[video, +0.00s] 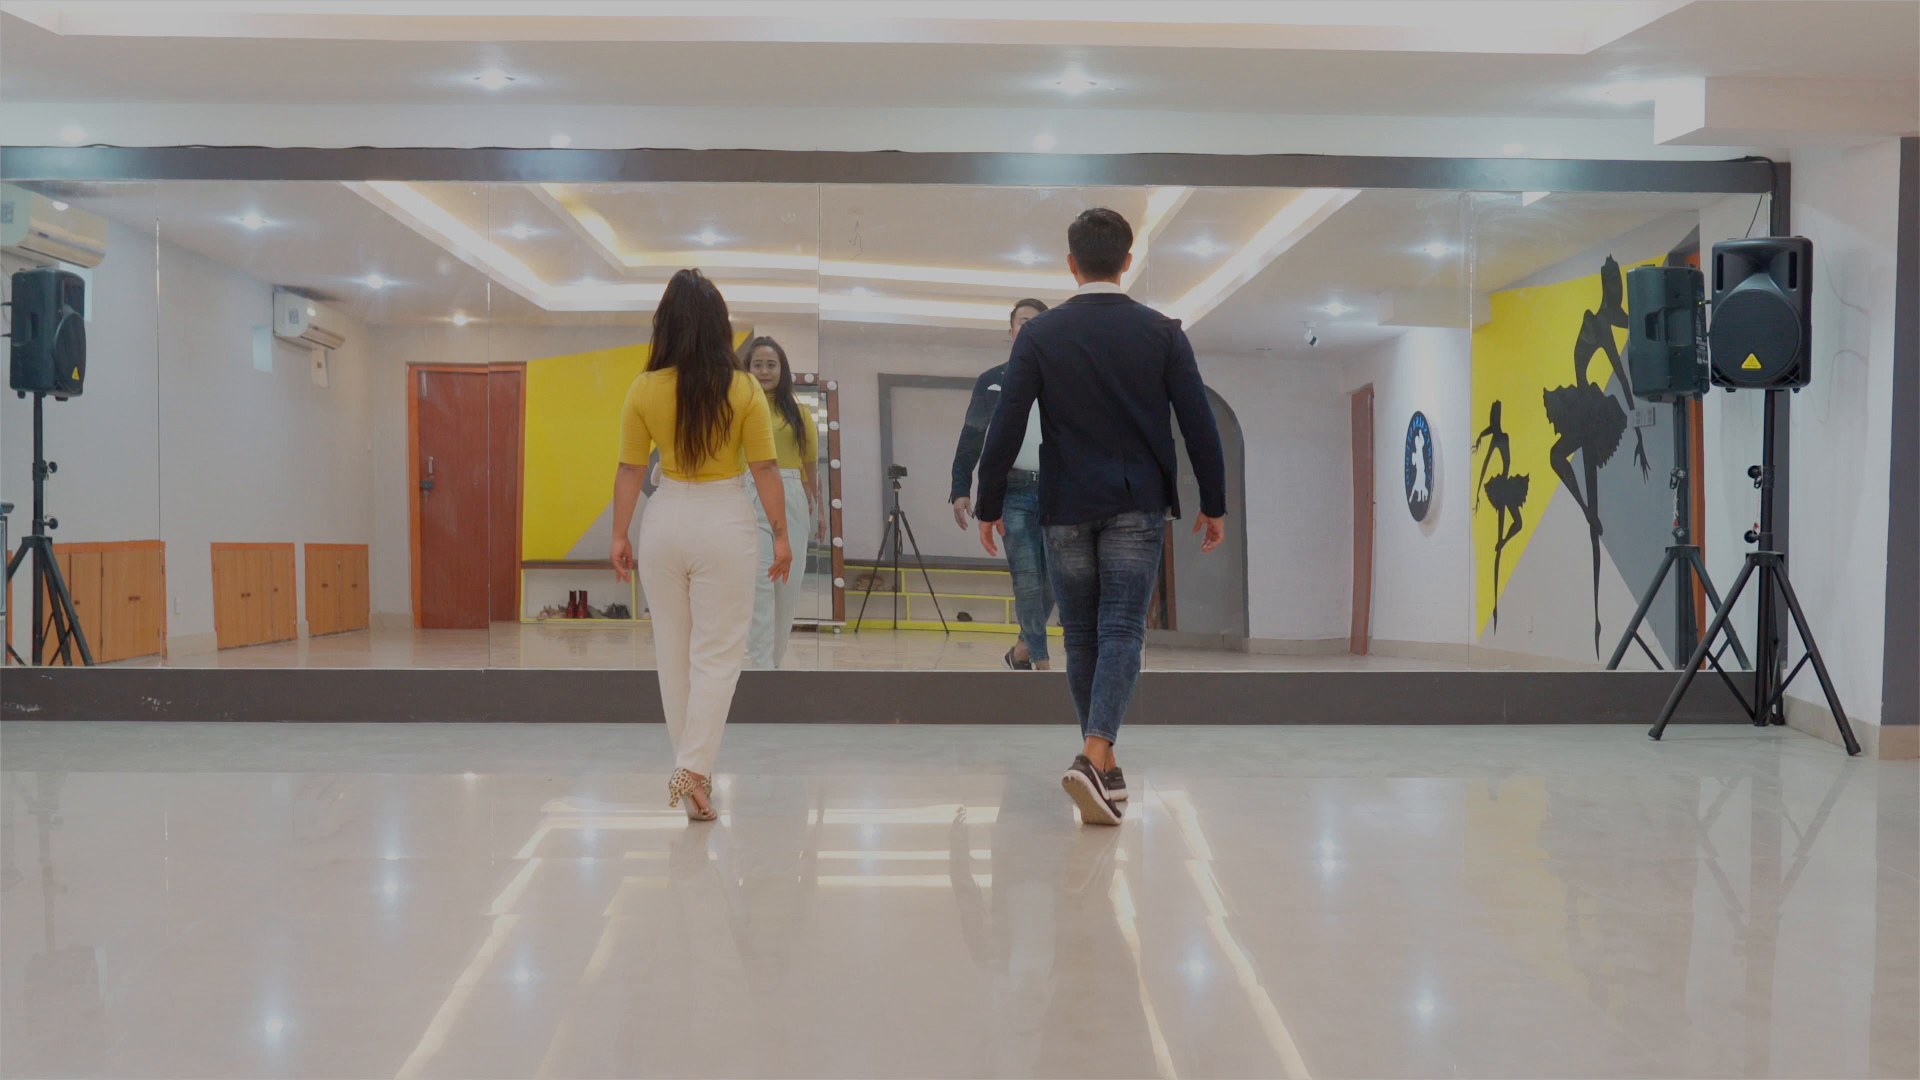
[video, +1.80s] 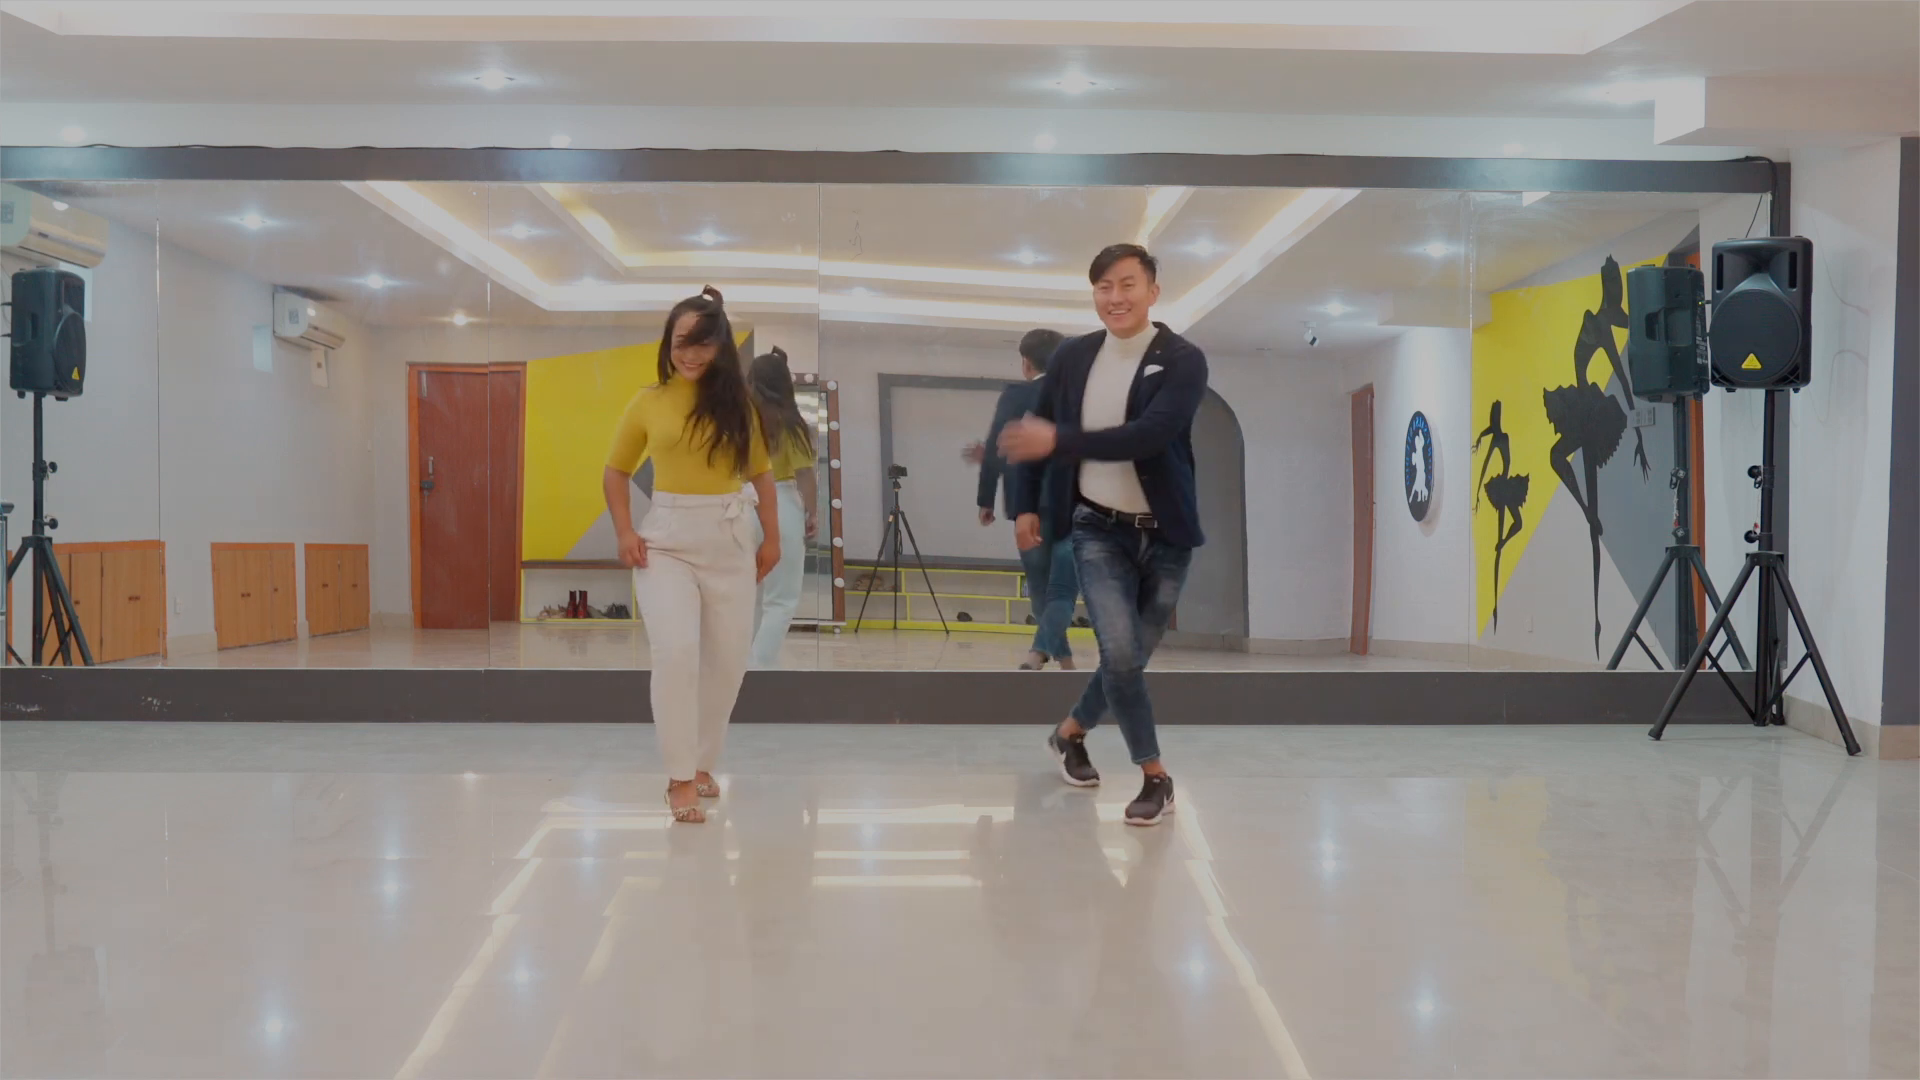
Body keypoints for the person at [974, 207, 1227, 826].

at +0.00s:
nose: (1073, 265)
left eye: (1070, 257)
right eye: (1124, 256)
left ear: (1070, 262)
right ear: (1129, 261)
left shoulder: (1041, 331)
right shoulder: (1160, 330)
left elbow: (1008, 422)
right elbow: (1198, 420)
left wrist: (988, 500)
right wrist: (1213, 501)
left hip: (1065, 499)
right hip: (1138, 497)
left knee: (1080, 634)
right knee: (1122, 630)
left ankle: (1107, 769)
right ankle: (1092, 756)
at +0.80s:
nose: (1138, 270)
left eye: (1082, 266)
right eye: (1138, 263)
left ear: (1077, 272)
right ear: (1136, 268)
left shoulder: (1048, 339)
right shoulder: (1154, 330)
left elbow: (1004, 423)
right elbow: (1186, 415)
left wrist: (1034, 484)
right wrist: (1210, 487)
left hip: (1060, 504)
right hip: (1131, 504)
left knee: (1077, 633)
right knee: (1129, 638)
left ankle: (1095, 763)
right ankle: (1097, 764)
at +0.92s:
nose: (1149, 278)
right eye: (1148, 269)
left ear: (1088, 276)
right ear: (1145, 274)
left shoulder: (1079, 334)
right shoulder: (1119, 335)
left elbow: (1058, 420)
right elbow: (1116, 421)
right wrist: (1170, 480)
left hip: (1067, 508)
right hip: (1096, 510)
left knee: (1103, 631)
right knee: (1139, 637)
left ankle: (1052, 760)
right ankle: (1081, 771)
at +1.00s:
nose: (1158, 287)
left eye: (1156, 276)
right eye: (1156, 275)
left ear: (1111, 275)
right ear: (1143, 275)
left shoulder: (1119, 336)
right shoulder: (1094, 334)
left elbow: (1115, 423)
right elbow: (1066, 418)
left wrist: (1142, 492)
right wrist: (1126, 477)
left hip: (1114, 513)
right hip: (1079, 514)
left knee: (1108, 635)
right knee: (1113, 637)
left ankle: (1039, 749)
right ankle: (1090, 775)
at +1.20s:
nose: (1109, 285)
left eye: (1121, 273)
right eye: (1100, 274)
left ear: (1149, 279)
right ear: (1090, 282)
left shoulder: (1176, 358)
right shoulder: (1060, 348)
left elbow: (1205, 437)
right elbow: (1000, 422)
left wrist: (1178, 505)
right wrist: (1055, 471)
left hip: (1138, 520)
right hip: (1074, 514)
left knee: (1100, 638)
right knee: (1101, 636)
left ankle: (1049, 742)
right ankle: (1089, 774)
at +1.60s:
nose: (1120, 293)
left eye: (1133, 281)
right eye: (1110, 283)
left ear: (1157, 288)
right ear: (1098, 291)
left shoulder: (1185, 355)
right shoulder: (1072, 353)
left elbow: (1206, 433)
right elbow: (991, 405)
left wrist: (1143, 431)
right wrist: (1019, 487)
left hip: (1149, 525)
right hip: (1082, 520)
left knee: (1116, 648)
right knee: (1111, 644)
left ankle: (1050, 741)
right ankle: (1146, 771)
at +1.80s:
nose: (1115, 296)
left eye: (1127, 284)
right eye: (1104, 287)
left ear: (1153, 291)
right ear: (1093, 296)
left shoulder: (1184, 359)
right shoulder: (1071, 357)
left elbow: (1152, 436)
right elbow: (1036, 436)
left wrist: (1059, 439)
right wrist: (1025, 506)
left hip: (1165, 529)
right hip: (1095, 524)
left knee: (1133, 656)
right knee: (1119, 653)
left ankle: (1071, 730)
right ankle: (1155, 775)